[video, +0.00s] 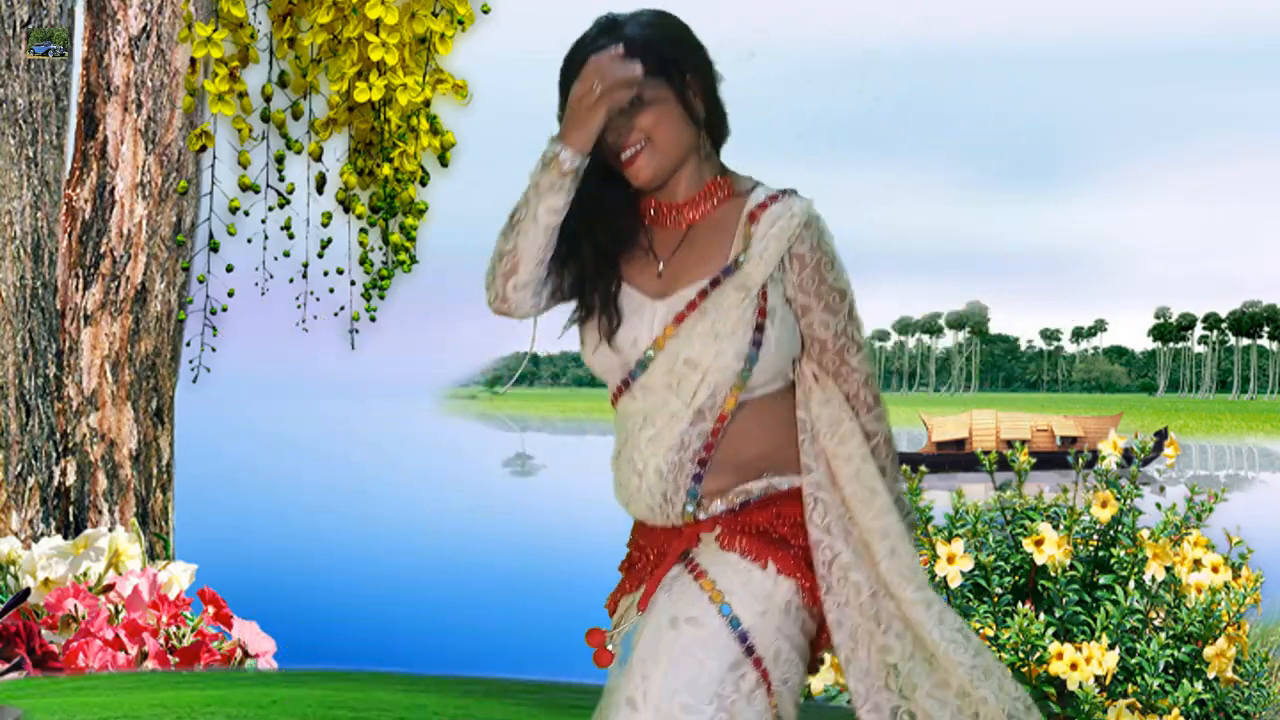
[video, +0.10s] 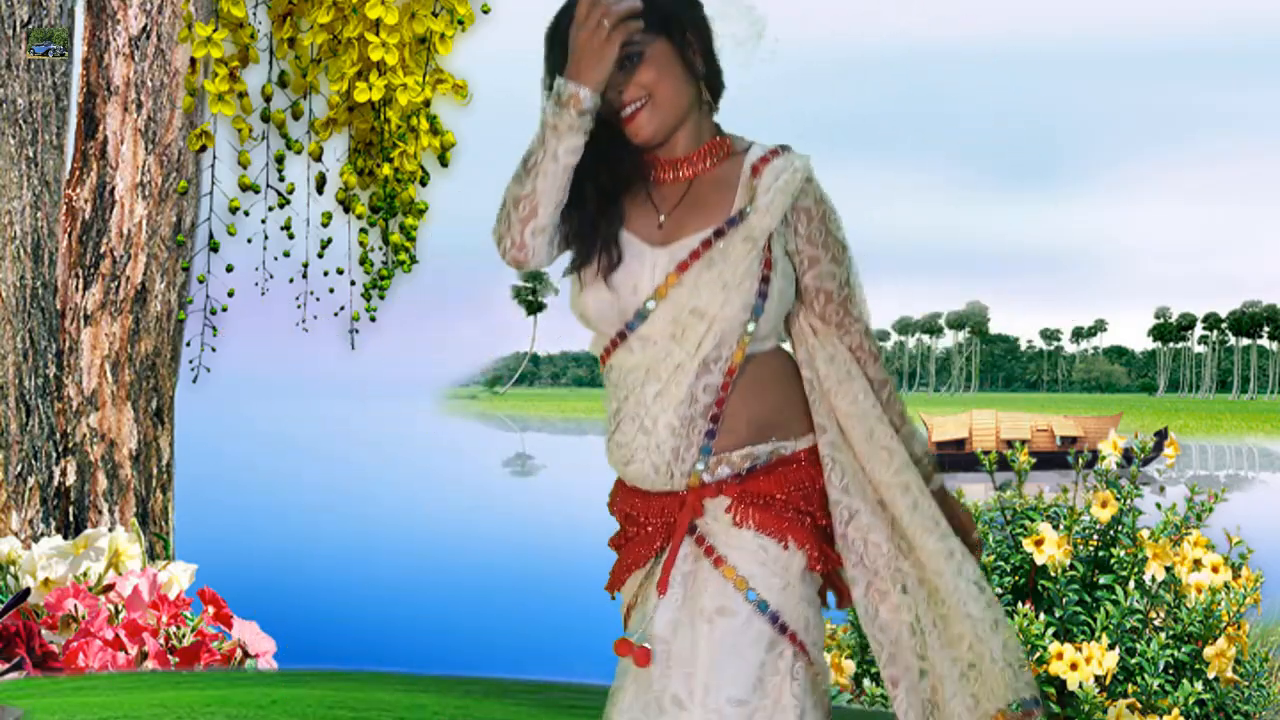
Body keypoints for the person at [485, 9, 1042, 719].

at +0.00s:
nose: (615, 132)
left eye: (633, 103)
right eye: (598, 122)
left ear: (694, 93)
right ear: (590, 141)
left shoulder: (779, 224)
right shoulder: (607, 244)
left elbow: (851, 414)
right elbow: (510, 293)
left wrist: (878, 586)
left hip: (765, 531)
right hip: (659, 541)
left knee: (638, 704)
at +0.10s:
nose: (616, 87)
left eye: (633, 56)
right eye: (597, 75)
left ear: (690, 48)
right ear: (588, 99)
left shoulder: (774, 180)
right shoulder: (602, 199)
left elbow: (848, 353)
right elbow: (520, 244)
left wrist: (923, 482)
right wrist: (575, 89)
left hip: (767, 490)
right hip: (651, 501)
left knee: (737, 698)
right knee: (656, 695)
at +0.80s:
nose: (608, 103)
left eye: (633, 81)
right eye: (584, 90)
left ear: (678, 109)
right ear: (561, 124)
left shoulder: (734, 239)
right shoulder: (548, 257)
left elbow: (734, 409)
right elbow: (504, 423)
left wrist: (594, 374)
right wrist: (440, 411)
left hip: (718, 557)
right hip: (577, 556)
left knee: (673, 700)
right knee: (496, 689)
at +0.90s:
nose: (585, 94)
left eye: (615, 78)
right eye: (565, 85)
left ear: (665, 112)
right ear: (549, 126)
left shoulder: (725, 236)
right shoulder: (539, 259)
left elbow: (727, 410)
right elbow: (516, 415)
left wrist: (582, 347)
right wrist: (426, 476)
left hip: (711, 549)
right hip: (576, 548)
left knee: (657, 704)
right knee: (490, 680)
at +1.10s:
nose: (538, 49)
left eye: (566, 27)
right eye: (517, 39)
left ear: (624, 51)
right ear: (503, 74)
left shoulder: (662, 154)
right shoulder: (512, 193)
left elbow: (687, 329)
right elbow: (488, 356)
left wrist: (564, 444)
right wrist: (404, 473)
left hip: (644, 517)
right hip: (510, 514)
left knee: (626, 706)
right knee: (467, 701)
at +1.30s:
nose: (481, 117)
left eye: (516, 106)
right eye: (469, 104)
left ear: (568, 151)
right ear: (448, 144)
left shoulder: (602, 251)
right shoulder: (471, 284)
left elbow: (692, 414)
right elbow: (456, 459)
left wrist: (763, 565)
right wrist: (314, 517)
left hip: (567, 595)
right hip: (452, 587)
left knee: (470, 703)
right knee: (413, 705)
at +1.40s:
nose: (471, 69)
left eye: (505, 59)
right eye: (458, 54)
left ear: (551, 99)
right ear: (436, 93)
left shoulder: (605, 200)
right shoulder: (433, 241)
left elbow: (733, 342)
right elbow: (391, 414)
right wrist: (245, 494)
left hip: (572, 547)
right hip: (454, 550)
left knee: (469, 702)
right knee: (433, 702)